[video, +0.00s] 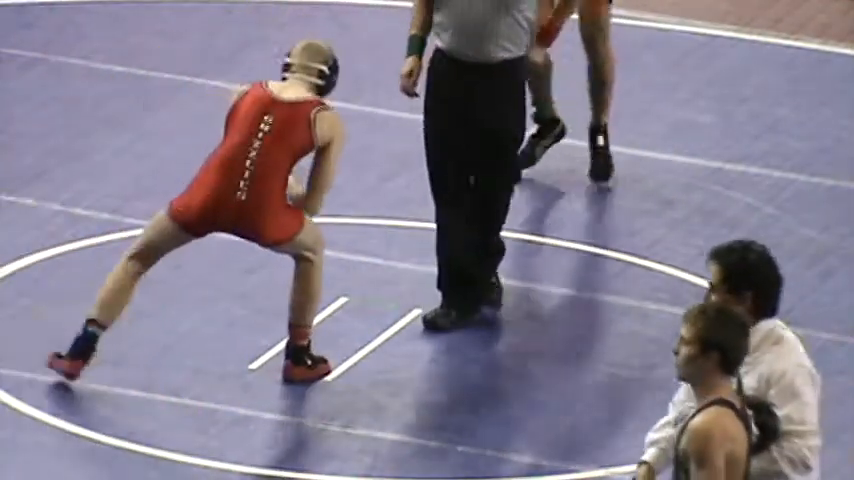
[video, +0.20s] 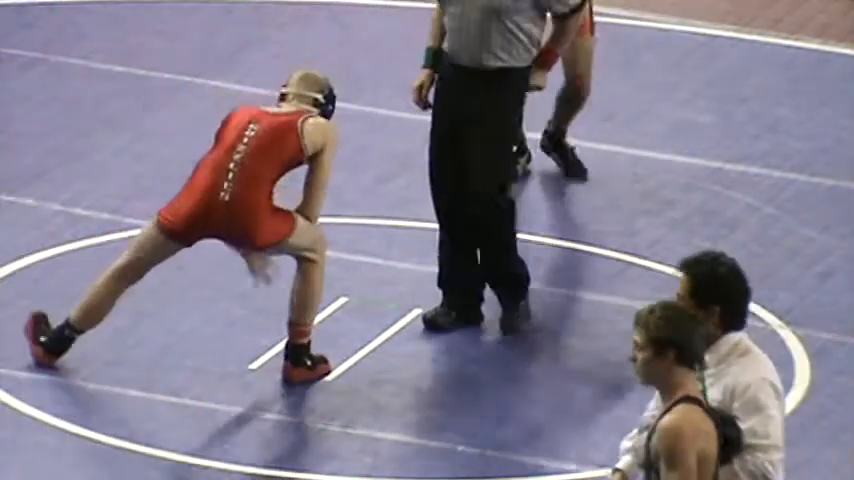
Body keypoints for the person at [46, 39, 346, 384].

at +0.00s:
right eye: (332, 82)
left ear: (287, 68)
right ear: (328, 81)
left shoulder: (247, 94)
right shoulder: (328, 122)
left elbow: (230, 146)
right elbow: (313, 201)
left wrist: (264, 180)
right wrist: (278, 189)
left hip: (204, 202)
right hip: (262, 219)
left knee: (138, 258)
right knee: (311, 247)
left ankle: (79, 354)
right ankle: (299, 357)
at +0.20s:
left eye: (285, 89)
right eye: (327, 112)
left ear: (284, 94)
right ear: (323, 107)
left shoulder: (244, 114)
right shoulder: (323, 128)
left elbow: (223, 177)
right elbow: (310, 213)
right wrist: (264, 231)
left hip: (192, 208)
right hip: (251, 219)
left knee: (124, 272)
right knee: (314, 247)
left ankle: (56, 342)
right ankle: (300, 359)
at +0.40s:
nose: (313, 144)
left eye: (313, 139)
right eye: (315, 137)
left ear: (273, 120)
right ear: (308, 127)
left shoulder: (234, 139)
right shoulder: (307, 137)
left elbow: (231, 252)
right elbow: (304, 218)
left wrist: (238, 329)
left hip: (182, 217)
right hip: (241, 227)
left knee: (110, 260)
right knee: (309, 246)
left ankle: (45, 342)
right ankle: (299, 359)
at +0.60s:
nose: (314, 145)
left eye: (314, 139)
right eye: (316, 138)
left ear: (275, 121)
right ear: (308, 129)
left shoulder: (234, 141)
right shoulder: (308, 137)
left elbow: (228, 258)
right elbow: (309, 215)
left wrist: (236, 331)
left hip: (184, 213)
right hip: (243, 224)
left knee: (113, 259)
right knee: (311, 245)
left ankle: (45, 341)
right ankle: (300, 359)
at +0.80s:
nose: (319, 139)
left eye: (318, 133)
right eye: (320, 132)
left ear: (278, 119)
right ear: (311, 125)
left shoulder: (236, 138)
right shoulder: (311, 137)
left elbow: (233, 253)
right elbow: (304, 214)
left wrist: (236, 330)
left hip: (180, 208)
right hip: (237, 220)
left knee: (109, 255)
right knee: (308, 244)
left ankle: (38, 337)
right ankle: (299, 358)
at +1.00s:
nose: (315, 139)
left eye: (315, 134)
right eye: (316, 132)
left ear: (272, 119)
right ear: (308, 124)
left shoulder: (230, 139)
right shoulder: (306, 138)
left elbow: (231, 252)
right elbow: (298, 213)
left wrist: (236, 330)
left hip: (175, 211)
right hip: (233, 221)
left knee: (103, 256)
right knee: (304, 244)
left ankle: (33, 339)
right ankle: (298, 359)